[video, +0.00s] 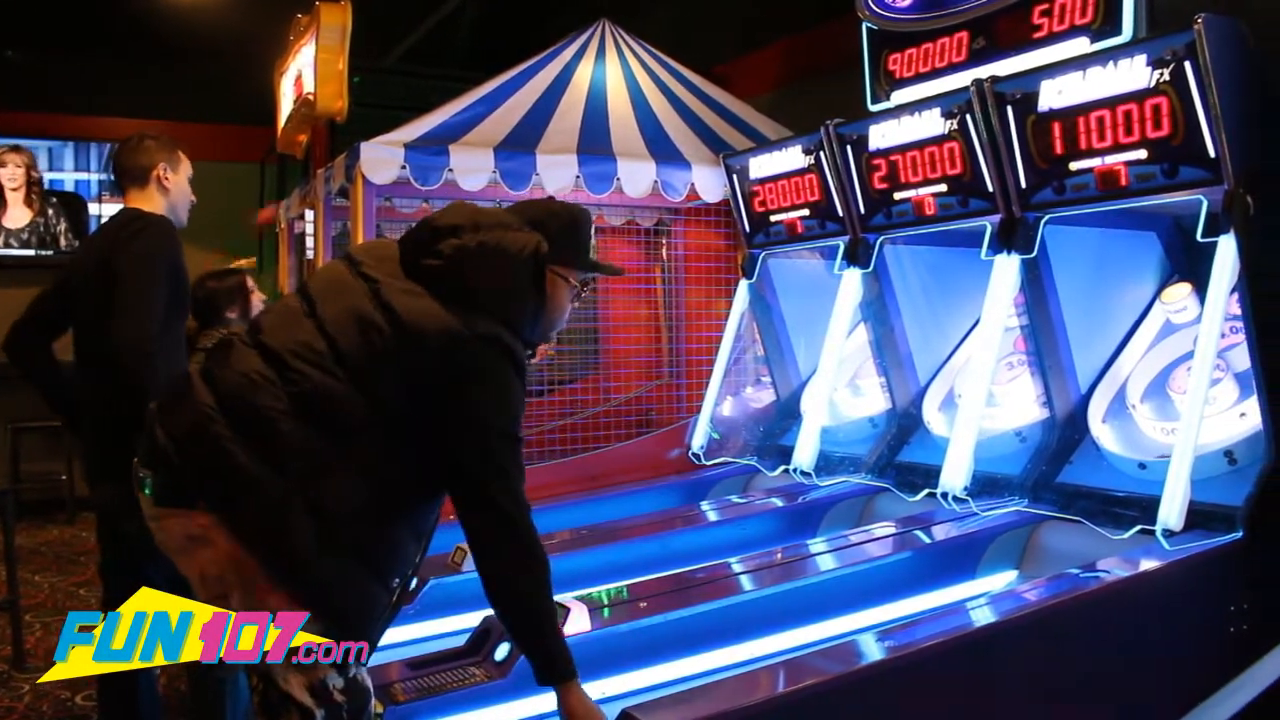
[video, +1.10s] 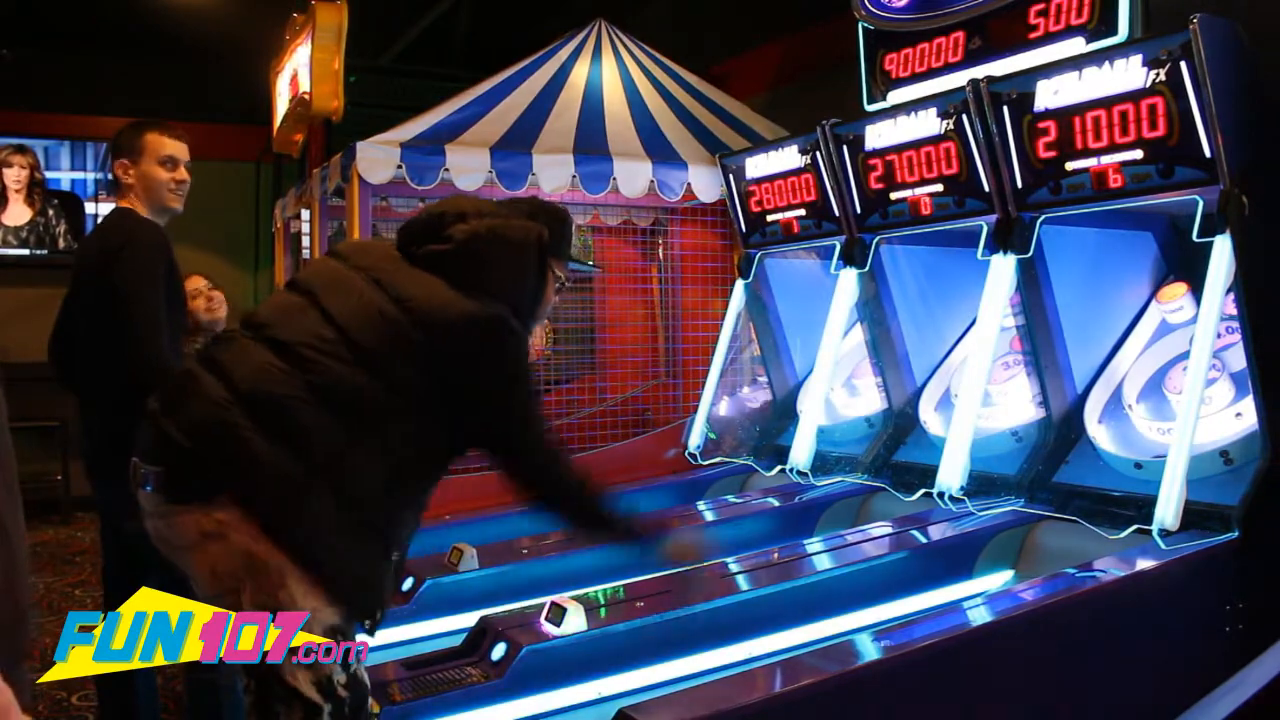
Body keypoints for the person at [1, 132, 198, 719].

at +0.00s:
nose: (193, 190)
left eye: (192, 176)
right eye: (189, 176)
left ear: (129, 180)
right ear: (165, 174)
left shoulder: (101, 244)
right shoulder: (156, 240)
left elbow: (24, 342)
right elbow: (152, 356)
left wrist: (82, 412)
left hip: (113, 458)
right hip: (156, 462)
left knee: (129, 608)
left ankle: (126, 708)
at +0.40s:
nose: (187, 189)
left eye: (185, 174)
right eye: (183, 174)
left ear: (129, 178)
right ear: (156, 173)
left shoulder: (103, 239)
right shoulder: (151, 239)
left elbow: (42, 347)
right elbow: (162, 353)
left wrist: (103, 396)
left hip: (106, 449)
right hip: (145, 456)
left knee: (123, 594)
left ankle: (123, 705)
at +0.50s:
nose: (187, 185)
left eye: (185, 172)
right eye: (183, 172)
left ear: (125, 178)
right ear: (157, 172)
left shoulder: (103, 239)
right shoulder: (152, 238)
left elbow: (50, 349)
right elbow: (160, 353)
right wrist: (211, 321)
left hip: (106, 448)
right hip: (144, 454)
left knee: (124, 593)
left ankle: (125, 706)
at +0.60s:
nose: (189, 185)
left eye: (187, 172)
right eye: (184, 172)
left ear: (127, 177)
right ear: (157, 172)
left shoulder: (102, 241)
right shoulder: (152, 239)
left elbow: (56, 350)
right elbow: (162, 354)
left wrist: (105, 403)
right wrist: (207, 325)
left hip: (109, 451)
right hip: (148, 455)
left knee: (126, 596)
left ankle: (125, 706)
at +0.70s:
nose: (191, 185)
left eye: (189, 171)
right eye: (186, 171)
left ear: (133, 176)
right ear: (158, 172)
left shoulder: (105, 240)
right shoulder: (149, 240)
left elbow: (60, 349)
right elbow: (160, 359)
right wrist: (201, 327)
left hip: (111, 454)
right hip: (144, 460)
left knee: (127, 598)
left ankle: (125, 706)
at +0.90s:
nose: (195, 181)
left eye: (193, 169)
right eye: (185, 168)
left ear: (138, 174)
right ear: (143, 172)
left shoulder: (106, 240)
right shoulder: (146, 239)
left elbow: (65, 350)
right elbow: (155, 361)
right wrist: (195, 325)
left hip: (114, 456)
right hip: (145, 460)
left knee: (129, 600)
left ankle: (127, 707)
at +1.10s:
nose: (184, 177)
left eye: (186, 167)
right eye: (170, 164)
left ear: (135, 176)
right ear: (127, 170)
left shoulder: (104, 238)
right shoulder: (143, 239)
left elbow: (65, 349)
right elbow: (154, 355)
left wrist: (110, 401)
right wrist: (195, 418)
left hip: (110, 444)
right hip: (141, 449)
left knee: (128, 591)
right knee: (164, 592)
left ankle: (127, 705)